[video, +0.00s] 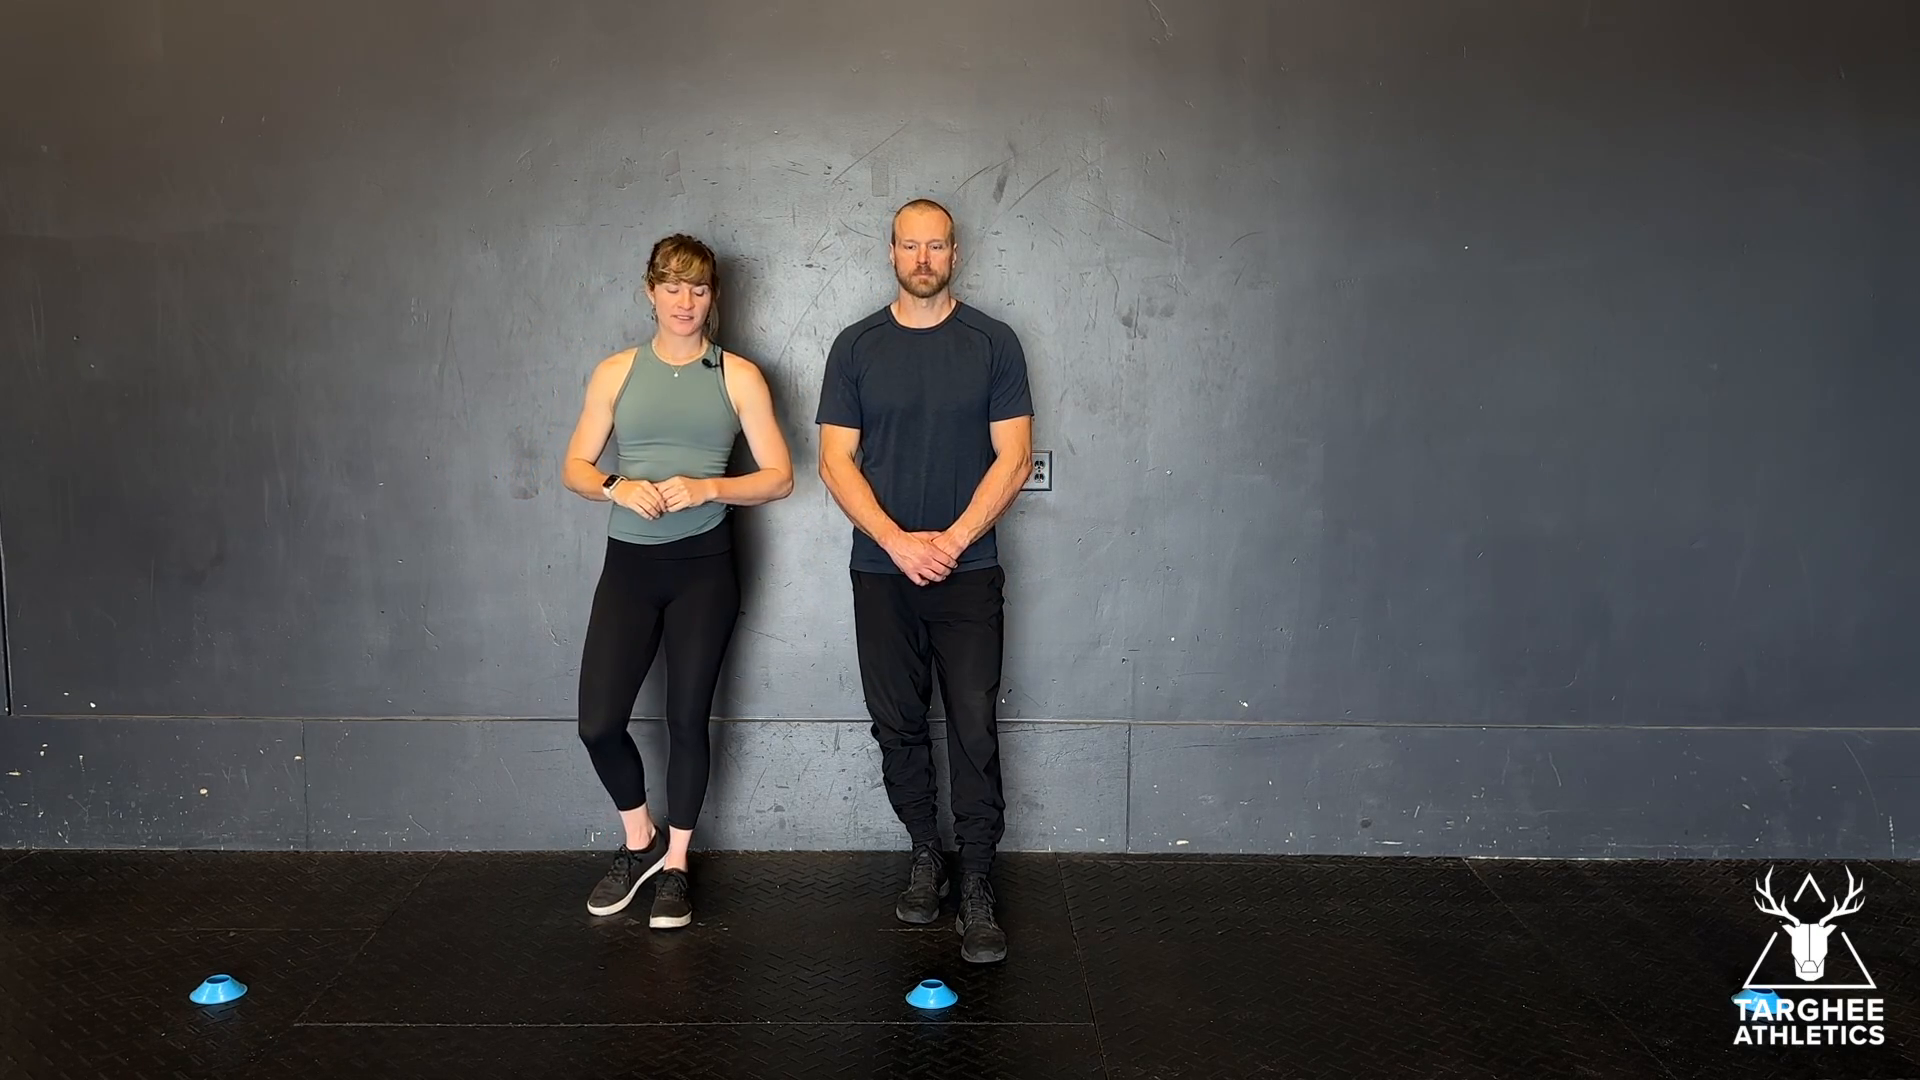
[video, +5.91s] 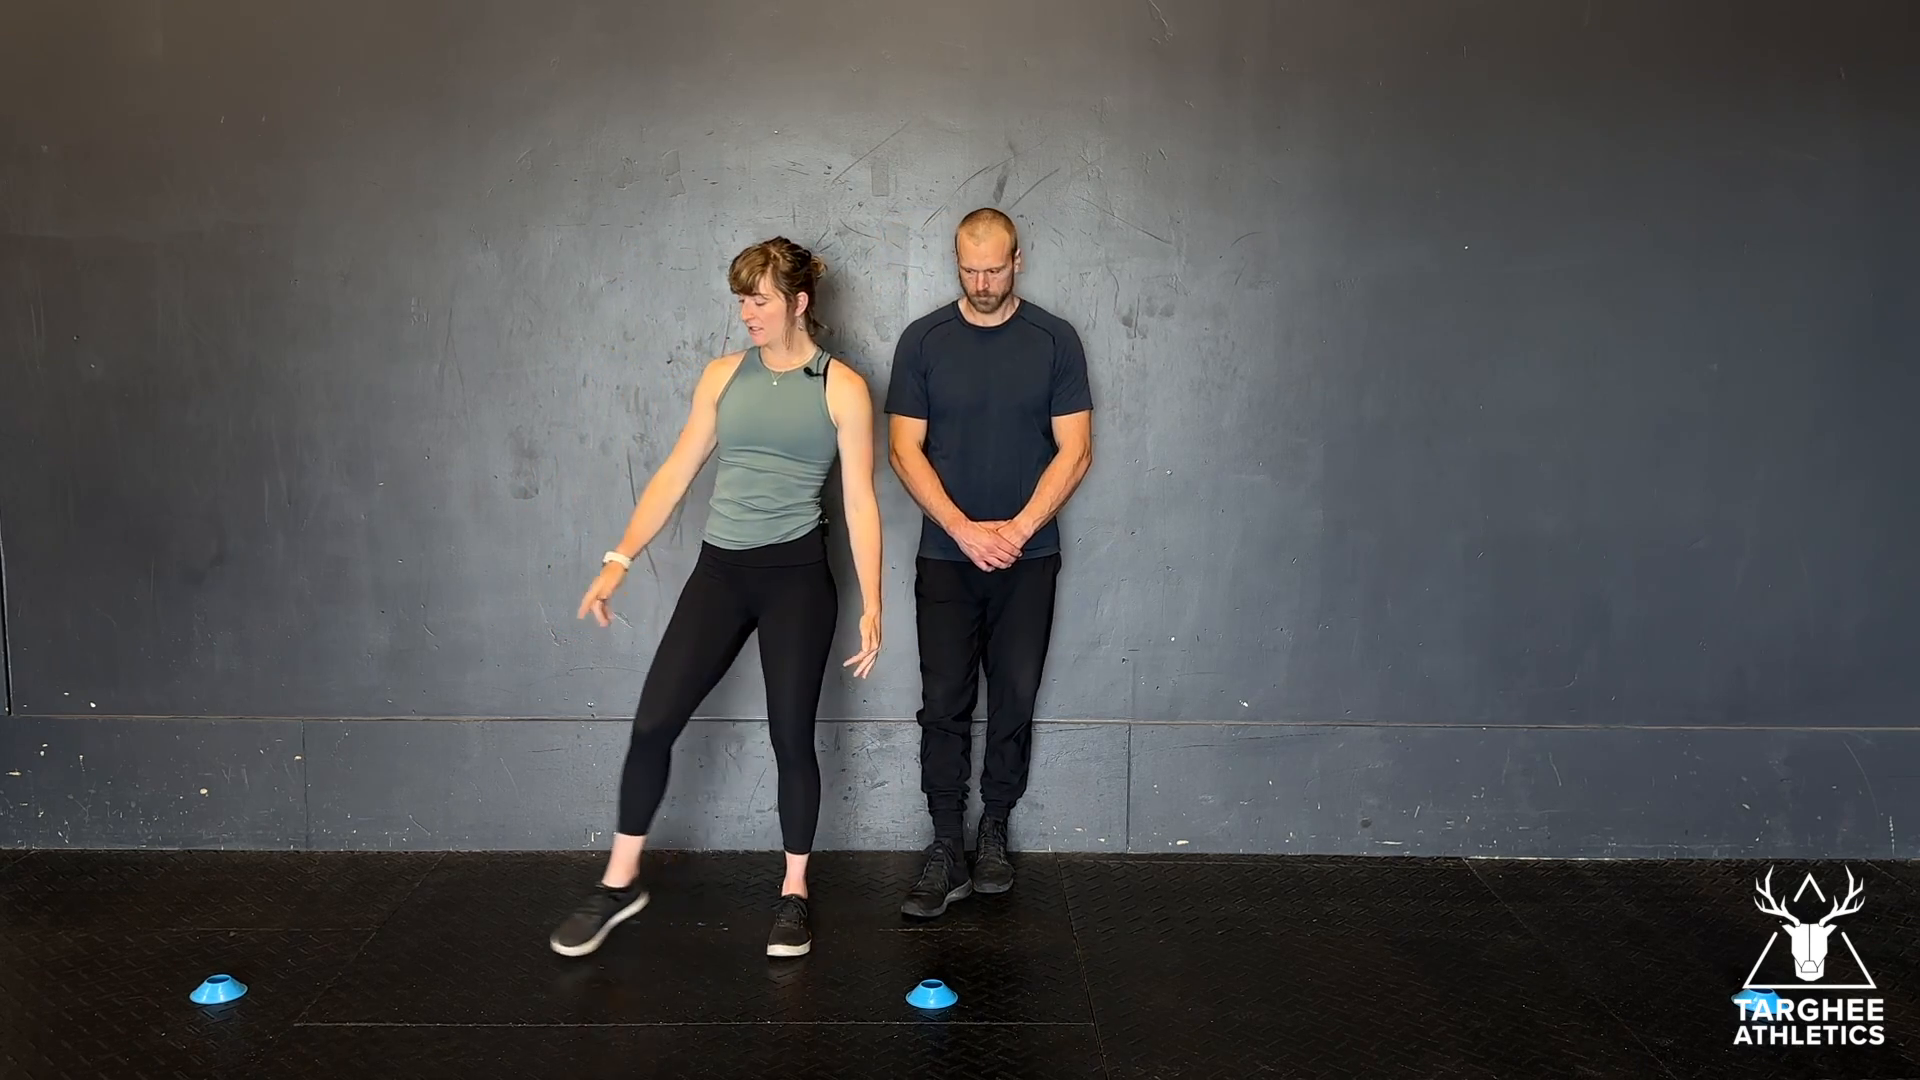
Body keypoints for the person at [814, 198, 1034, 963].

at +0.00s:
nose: (923, 256)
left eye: (936, 244)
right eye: (911, 244)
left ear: (953, 255)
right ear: (891, 253)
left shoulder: (992, 342)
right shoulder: (855, 347)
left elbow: (1015, 460)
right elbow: (835, 462)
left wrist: (950, 542)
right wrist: (894, 539)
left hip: (968, 568)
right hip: (883, 568)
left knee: (974, 729)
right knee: (899, 726)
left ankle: (978, 884)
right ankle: (930, 857)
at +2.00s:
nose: (934, 295)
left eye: (945, 283)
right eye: (923, 283)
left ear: (957, 271)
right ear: (897, 270)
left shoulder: (993, 344)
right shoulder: (856, 348)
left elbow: (1016, 461)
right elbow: (837, 466)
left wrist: (955, 542)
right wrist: (898, 541)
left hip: (970, 568)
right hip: (886, 570)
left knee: (975, 718)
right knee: (900, 723)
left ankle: (977, 876)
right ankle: (927, 856)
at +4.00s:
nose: (910, 299)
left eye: (920, 287)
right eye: (898, 288)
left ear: (941, 270)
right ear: (880, 275)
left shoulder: (987, 341)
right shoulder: (850, 348)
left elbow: (1012, 457)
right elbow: (832, 463)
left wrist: (951, 538)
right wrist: (891, 539)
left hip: (966, 565)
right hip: (881, 566)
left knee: (974, 719)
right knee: (897, 721)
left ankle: (976, 871)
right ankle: (926, 853)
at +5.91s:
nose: (983, 281)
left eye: (995, 269)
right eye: (971, 270)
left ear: (1016, 261)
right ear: (957, 265)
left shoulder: (1054, 340)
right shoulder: (923, 340)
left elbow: (1075, 452)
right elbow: (904, 450)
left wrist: (1017, 530)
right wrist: (959, 527)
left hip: (1027, 551)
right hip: (947, 550)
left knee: (1014, 702)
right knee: (945, 703)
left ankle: (992, 833)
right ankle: (947, 847)